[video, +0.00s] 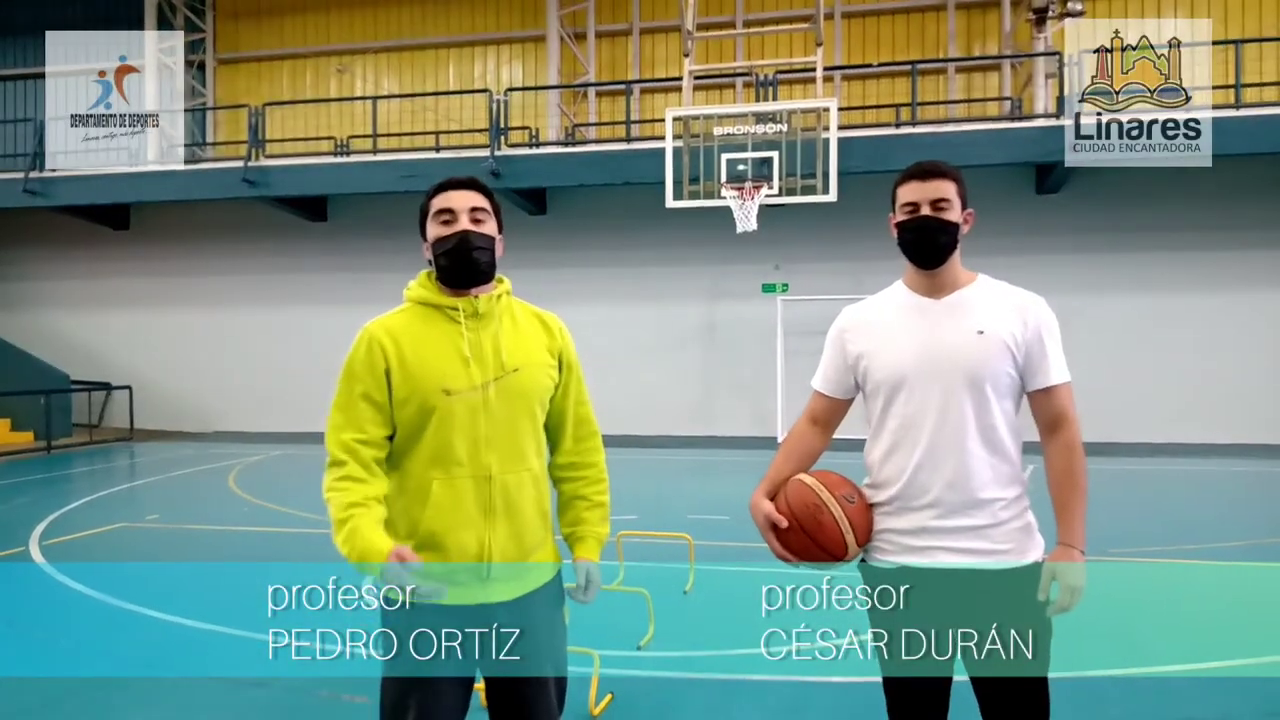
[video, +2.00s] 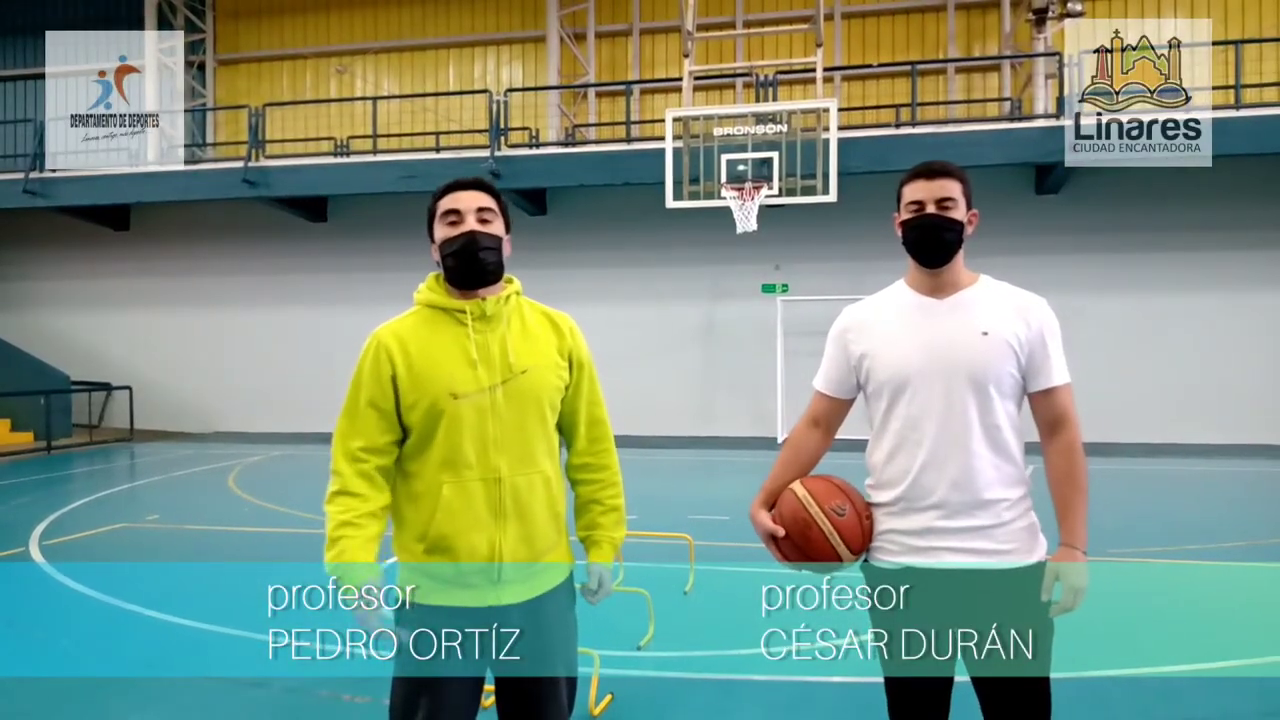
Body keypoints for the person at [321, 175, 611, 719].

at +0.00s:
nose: (464, 226)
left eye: (479, 216)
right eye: (445, 218)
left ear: (499, 241)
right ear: (426, 245)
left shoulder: (544, 333)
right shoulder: (385, 340)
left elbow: (578, 449)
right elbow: (352, 461)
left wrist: (586, 541)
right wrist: (373, 546)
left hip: (529, 586)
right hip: (424, 591)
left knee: (537, 711)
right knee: (422, 714)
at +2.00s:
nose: (471, 227)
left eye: (486, 217)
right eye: (453, 219)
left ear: (507, 241)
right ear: (434, 247)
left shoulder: (556, 334)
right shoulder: (394, 346)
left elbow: (592, 449)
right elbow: (360, 464)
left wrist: (602, 545)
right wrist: (352, 567)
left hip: (541, 586)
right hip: (439, 590)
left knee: (546, 711)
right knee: (430, 714)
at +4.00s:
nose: (478, 231)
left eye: (495, 221)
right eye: (460, 222)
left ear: (515, 244)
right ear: (441, 247)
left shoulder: (560, 336)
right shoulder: (397, 345)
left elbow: (594, 452)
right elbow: (363, 472)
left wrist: (604, 548)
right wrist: (364, 581)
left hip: (542, 591)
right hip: (438, 595)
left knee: (548, 712)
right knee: (430, 714)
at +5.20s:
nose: (471, 234)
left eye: (487, 223)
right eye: (454, 224)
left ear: (507, 243)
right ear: (434, 246)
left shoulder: (551, 335)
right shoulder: (390, 343)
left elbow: (585, 452)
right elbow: (350, 461)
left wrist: (595, 552)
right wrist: (370, 519)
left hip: (536, 588)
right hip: (434, 592)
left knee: (542, 712)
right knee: (428, 714)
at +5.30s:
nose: (472, 234)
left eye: (487, 223)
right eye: (454, 223)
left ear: (507, 242)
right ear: (435, 244)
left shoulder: (553, 335)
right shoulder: (391, 341)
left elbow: (587, 453)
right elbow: (345, 471)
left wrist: (598, 556)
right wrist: (372, 446)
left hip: (537, 587)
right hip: (434, 590)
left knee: (542, 712)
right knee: (427, 713)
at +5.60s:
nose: (477, 234)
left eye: (492, 222)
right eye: (461, 223)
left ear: (513, 238)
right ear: (441, 240)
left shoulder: (554, 336)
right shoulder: (398, 337)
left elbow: (592, 463)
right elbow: (350, 452)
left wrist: (605, 569)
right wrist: (389, 418)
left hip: (537, 572)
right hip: (432, 572)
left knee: (539, 706)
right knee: (436, 706)